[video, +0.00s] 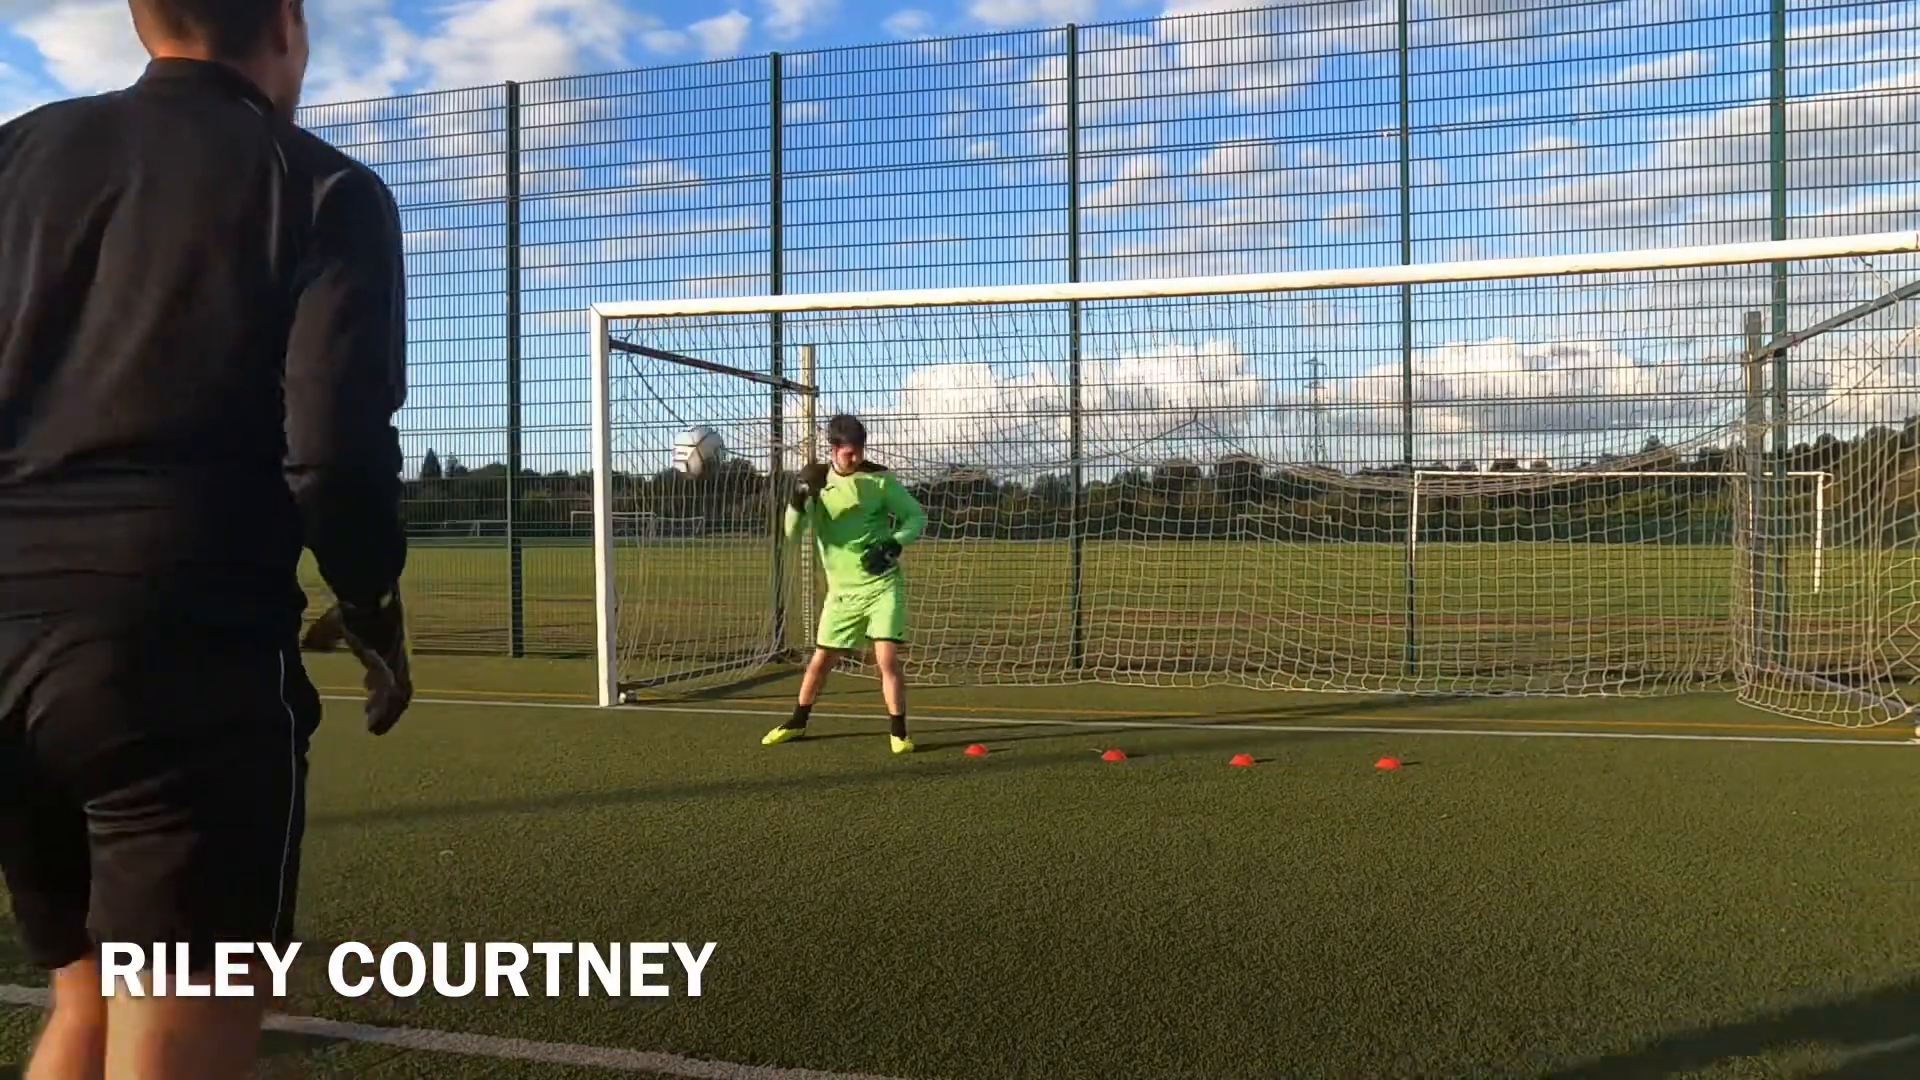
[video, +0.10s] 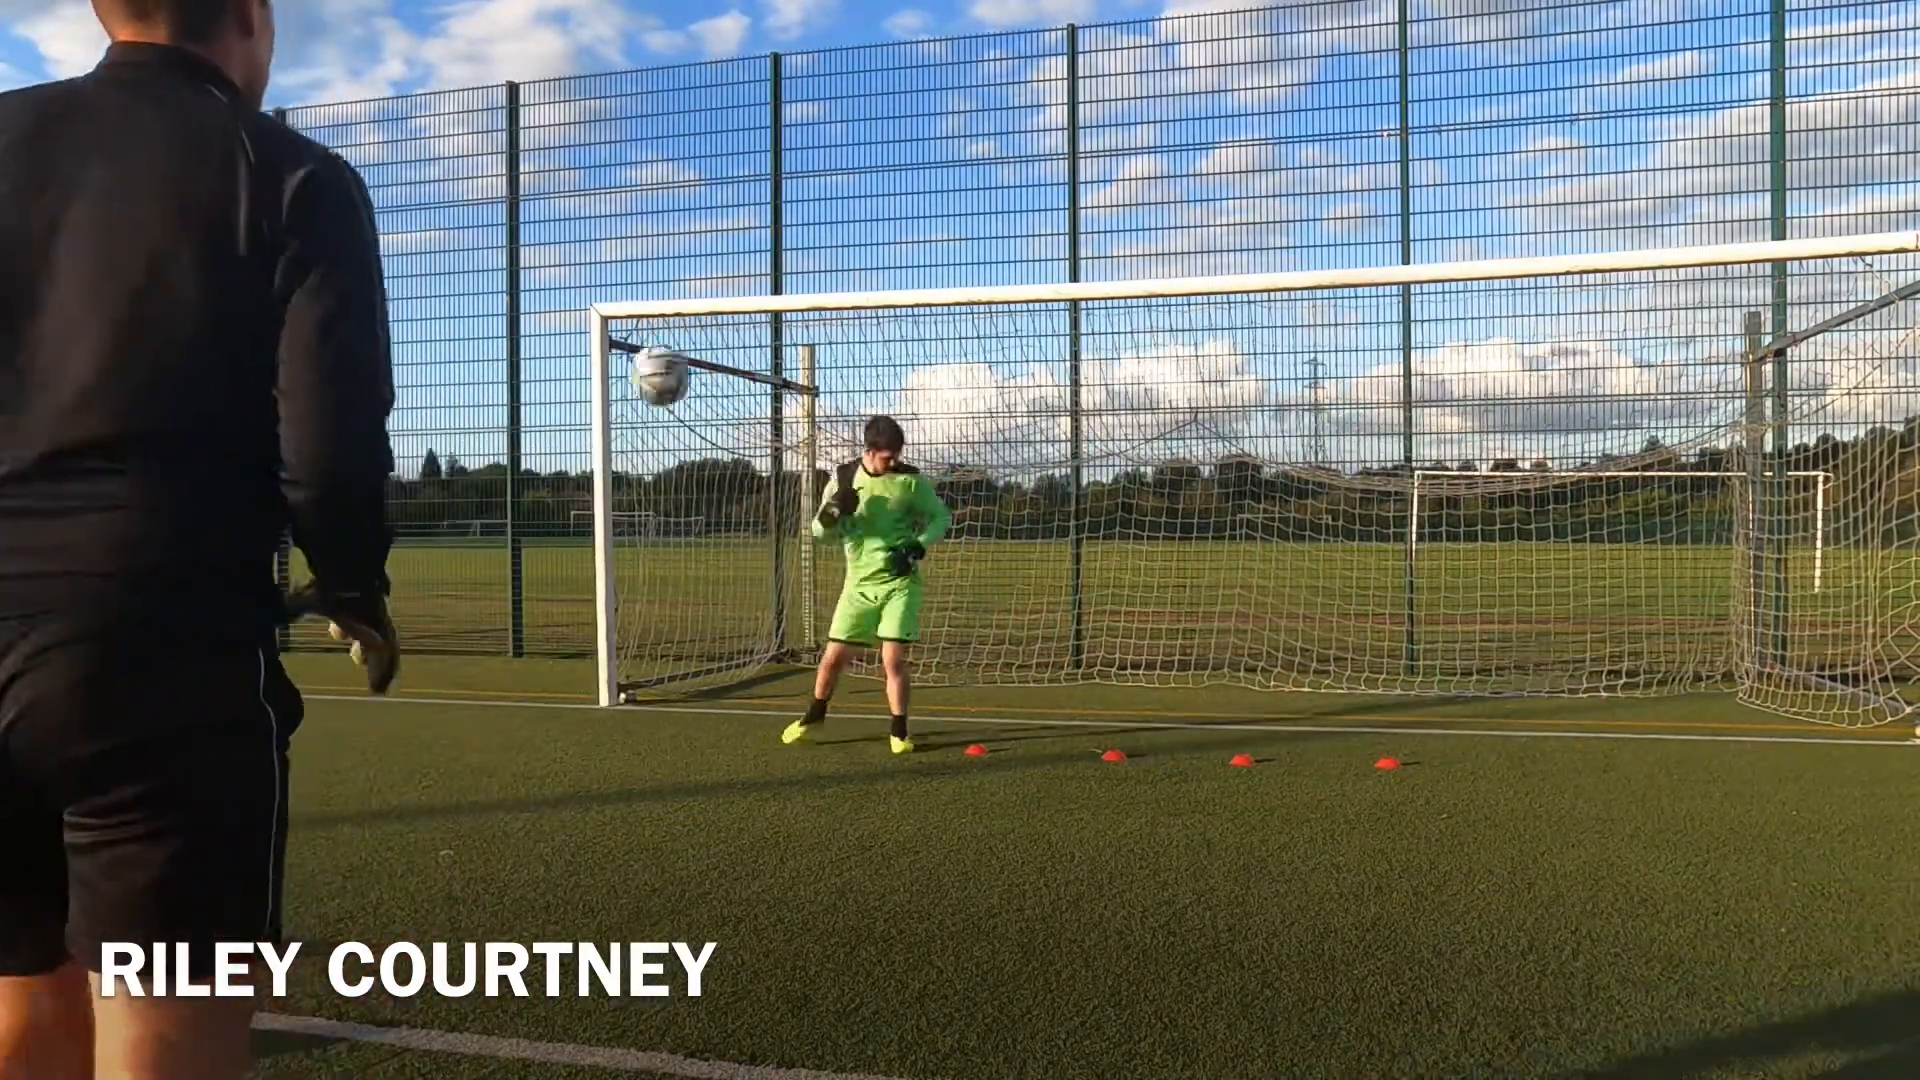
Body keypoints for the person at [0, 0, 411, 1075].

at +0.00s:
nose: (305, 48)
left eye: (301, 30)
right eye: (304, 28)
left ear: (147, 30)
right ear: (286, 23)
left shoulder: (15, 153)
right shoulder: (325, 188)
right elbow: (333, 450)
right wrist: (369, 600)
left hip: (5, 626)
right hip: (181, 635)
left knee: (83, 994)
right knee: (181, 1024)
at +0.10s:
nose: (269, 50)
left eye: (267, 33)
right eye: (268, 29)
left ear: (108, 22)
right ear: (248, 20)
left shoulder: (5, 131)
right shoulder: (294, 178)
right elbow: (330, 447)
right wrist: (353, 585)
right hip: (169, 630)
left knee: (25, 1005)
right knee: (169, 1021)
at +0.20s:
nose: (220, 35)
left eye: (216, 17)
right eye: (219, 14)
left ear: (56, 14)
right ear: (195, 12)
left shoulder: (5, 110)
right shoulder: (248, 165)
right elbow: (334, 474)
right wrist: (330, 495)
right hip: (131, 626)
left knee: (5, 1004)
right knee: (148, 1045)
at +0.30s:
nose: (159, 36)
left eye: (157, 18)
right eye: (158, 15)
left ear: (12, 11)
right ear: (129, 12)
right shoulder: (196, 160)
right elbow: (311, 437)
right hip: (87, 647)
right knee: (137, 1049)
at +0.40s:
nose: (99, 25)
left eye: (95, 6)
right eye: (93, 5)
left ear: (8, 18)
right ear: (52, 13)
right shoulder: (124, 169)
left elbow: (257, 415)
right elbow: (259, 416)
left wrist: (218, 279)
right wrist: (251, 284)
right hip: (46, 668)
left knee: (130, 1044)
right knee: (128, 1048)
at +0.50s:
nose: (40, 28)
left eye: (38, 10)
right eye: (33, 9)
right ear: (11, 21)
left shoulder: (60, 174)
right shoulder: (56, 173)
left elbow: (173, 405)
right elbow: (180, 405)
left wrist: (176, 263)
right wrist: (212, 264)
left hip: (18, 680)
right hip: (11, 689)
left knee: (55, 1016)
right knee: (89, 1024)